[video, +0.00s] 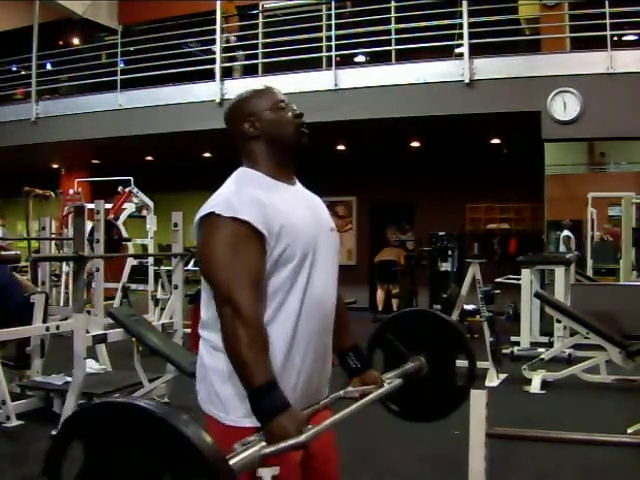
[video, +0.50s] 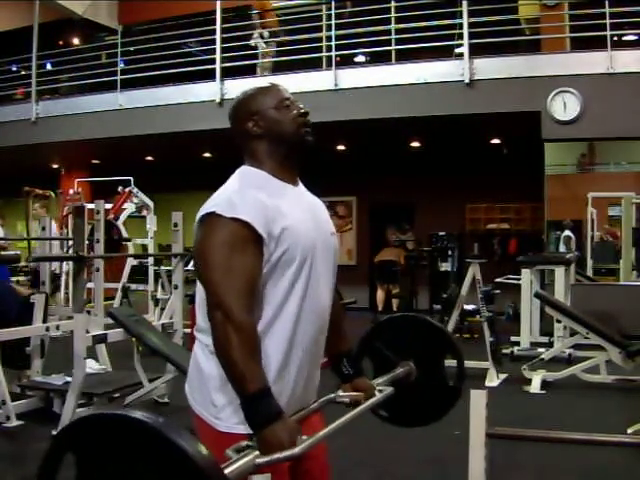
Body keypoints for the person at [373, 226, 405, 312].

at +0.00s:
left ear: (390, 245)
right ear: (400, 246)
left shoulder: (383, 250)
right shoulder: (400, 251)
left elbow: (376, 259)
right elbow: (402, 262)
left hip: (380, 263)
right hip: (393, 263)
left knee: (380, 287)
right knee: (394, 288)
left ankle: (379, 310)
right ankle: (395, 310)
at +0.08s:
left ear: (390, 245)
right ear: (400, 245)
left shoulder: (383, 250)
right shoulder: (400, 251)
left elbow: (376, 259)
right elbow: (402, 262)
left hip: (380, 263)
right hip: (392, 263)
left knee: (380, 288)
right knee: (394, 287)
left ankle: (379, 310)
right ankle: (395, 310)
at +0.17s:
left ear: (390, 244)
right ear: (400, 245)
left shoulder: (384, 250)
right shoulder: (400, 251)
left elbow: (376, 258)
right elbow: (402, 262)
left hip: (380, 263)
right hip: (392, 263)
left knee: (380, 288)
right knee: (394, 288)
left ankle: (379, 309)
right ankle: (395, 310)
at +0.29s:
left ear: (389, 245)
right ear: (398, 245)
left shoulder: (384, 250)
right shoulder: (400, 251)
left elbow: (376, 259)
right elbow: (402, 262)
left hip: (380, 263)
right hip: (393, 262)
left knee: (380, 288)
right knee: (394, 288)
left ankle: (379, 310)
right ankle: (395, 310)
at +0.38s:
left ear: (390, 245)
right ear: (400, 245)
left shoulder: (384, 250)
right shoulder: (400, 251)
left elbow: (376, 259)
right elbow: (402, 262)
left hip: (380, 263)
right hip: (393, 263)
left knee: (380, 287)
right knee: (395, 288)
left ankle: (379, 310)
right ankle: (395, 310)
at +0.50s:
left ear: (390, 244)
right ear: (400, 245)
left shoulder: (384, 251)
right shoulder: (400, 251)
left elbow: (376, 259)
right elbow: (402, 262)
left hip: (380, 263)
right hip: (393, 263)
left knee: (380, 288)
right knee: (395, 288)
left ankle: (379, 310)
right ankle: (395, 310)